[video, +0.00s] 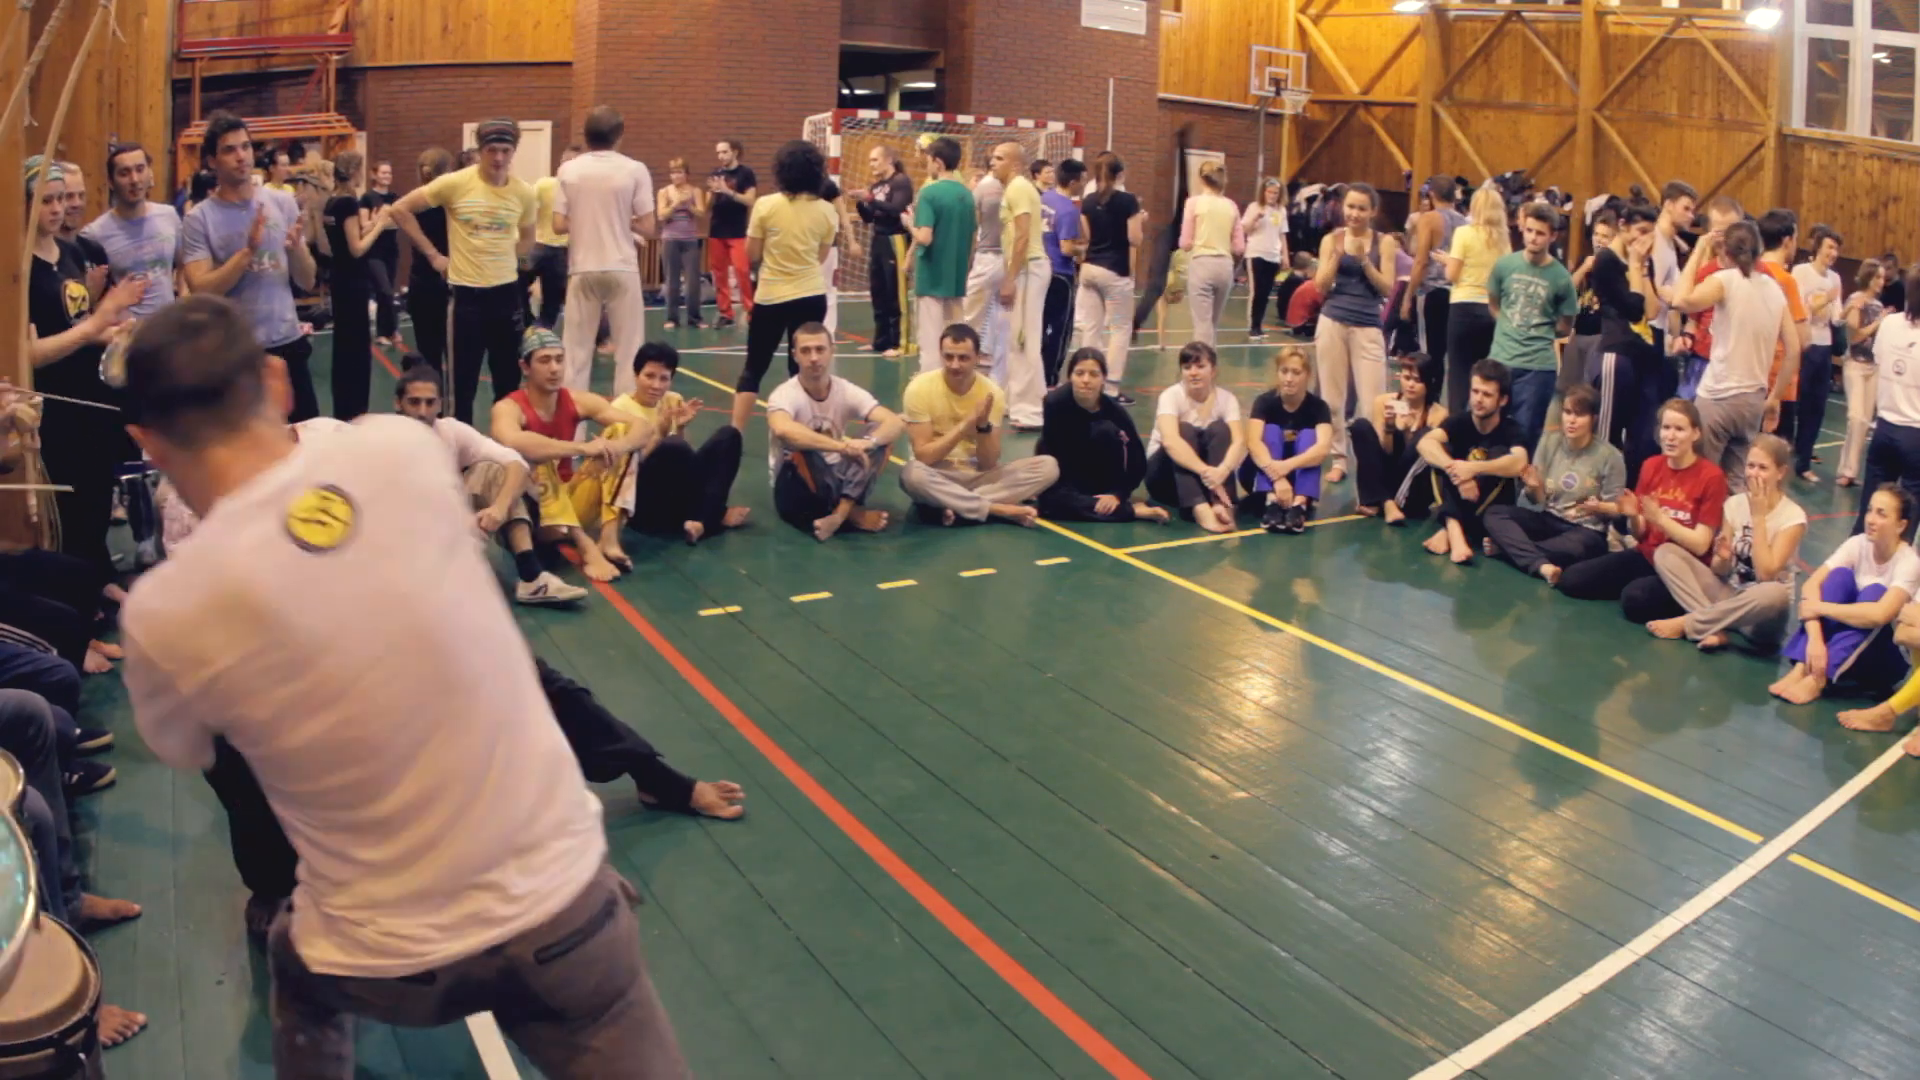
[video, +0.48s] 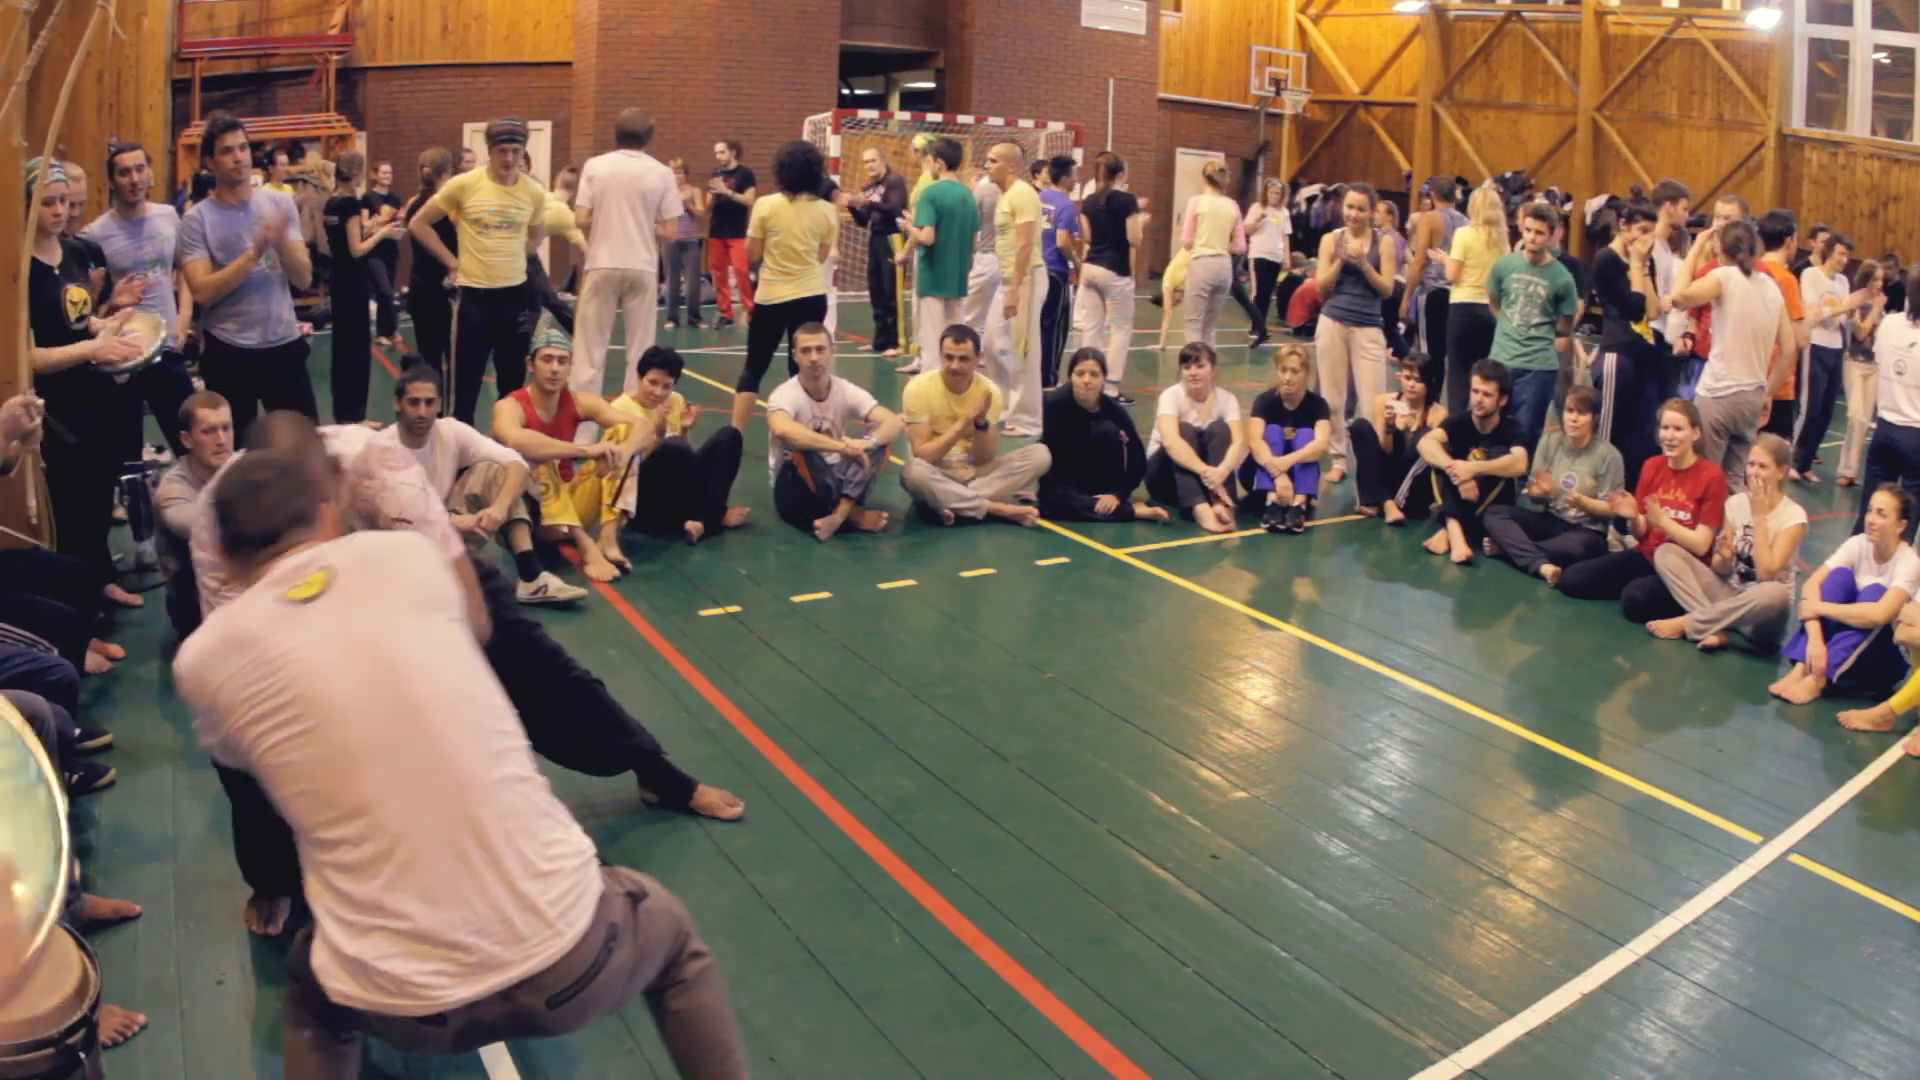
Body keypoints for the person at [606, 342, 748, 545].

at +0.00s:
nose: (656, 386)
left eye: (664, 379)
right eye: (649, 376)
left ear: (671, 381)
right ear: (636, 376)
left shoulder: (673, 402)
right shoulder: (620, 408)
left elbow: (686, 459)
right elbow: (629, 464)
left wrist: (679, 429)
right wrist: (659, 432)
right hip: (644, 514)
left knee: (730, 435)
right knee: (674, 450)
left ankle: (700, 520)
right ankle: (716, 517)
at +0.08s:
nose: (656, 388)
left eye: (664, 381)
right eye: (650, 379)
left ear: (672, 382)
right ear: (637, 377)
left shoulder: (675, 402)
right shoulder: (619, 410)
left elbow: (687, 459)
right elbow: (619, 466)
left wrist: (682, 428)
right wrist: (657, 433)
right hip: (644, 513)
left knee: (730, 435)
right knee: (674, 449)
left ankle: (699, 520)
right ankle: (716, 517)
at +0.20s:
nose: (657, 390)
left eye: (665, 384)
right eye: (652, 381)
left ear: (672, 384)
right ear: (639, 377)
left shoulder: (674, 402)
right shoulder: (621, 409)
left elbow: (683, 448)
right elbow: (630, 465)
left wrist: (675, 431)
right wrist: (661, 434)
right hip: (645, 514)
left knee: (730, 435)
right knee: (675, 450)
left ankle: (700, 520)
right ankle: (717, 517)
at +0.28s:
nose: (657, 391)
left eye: (666, 384)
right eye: (652, 381)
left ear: (673, 385)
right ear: (639, 378)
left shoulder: (674, 402)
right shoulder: (620, 410)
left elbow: (684, 448)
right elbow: (627, 465)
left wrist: (677, 429)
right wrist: (662, 434)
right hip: (644, 514)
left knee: (730, 435)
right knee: (675, 451)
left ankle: (700, 520)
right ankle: (717, 516)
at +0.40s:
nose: (657, 392)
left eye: (666, 386)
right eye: (652, 382)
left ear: (673, 386)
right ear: (639, 378)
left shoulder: (675, 402)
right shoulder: (620, 409)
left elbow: (684, 455)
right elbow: (626, 464)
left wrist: (682, 430)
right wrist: (659, 433)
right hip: (644, 514)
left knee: (730, 435)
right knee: (674, 450)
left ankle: (699, 520)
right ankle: (717, 517)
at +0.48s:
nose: (658, 393)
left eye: (666, 387)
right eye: (652, 383)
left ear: (673, 386)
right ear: (639, 378)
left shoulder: (676, 402)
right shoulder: (620, 409)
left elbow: (688, 456)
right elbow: (623, 464)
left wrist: (684, 430)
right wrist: (657, 436)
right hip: (644, 514)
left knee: (730, 436)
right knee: (674, 449)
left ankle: (699, 520)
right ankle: (717, 515)